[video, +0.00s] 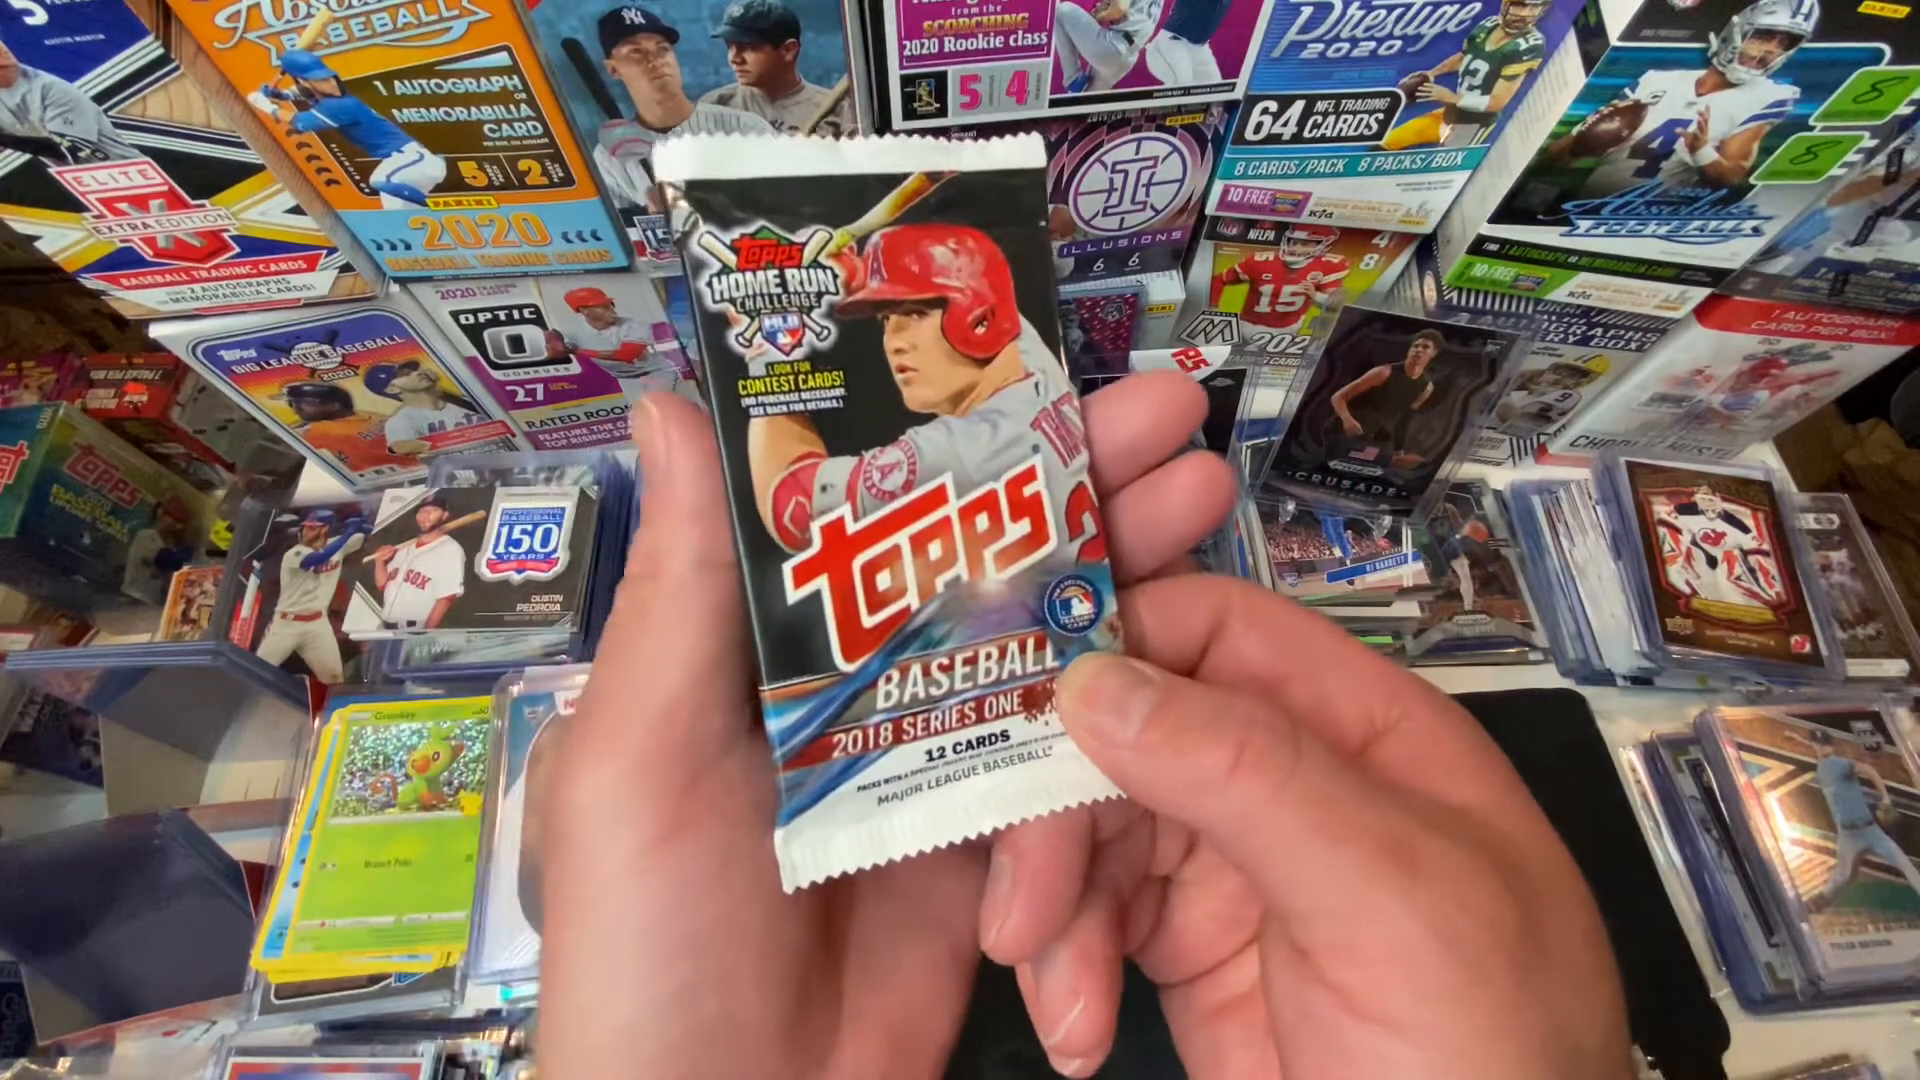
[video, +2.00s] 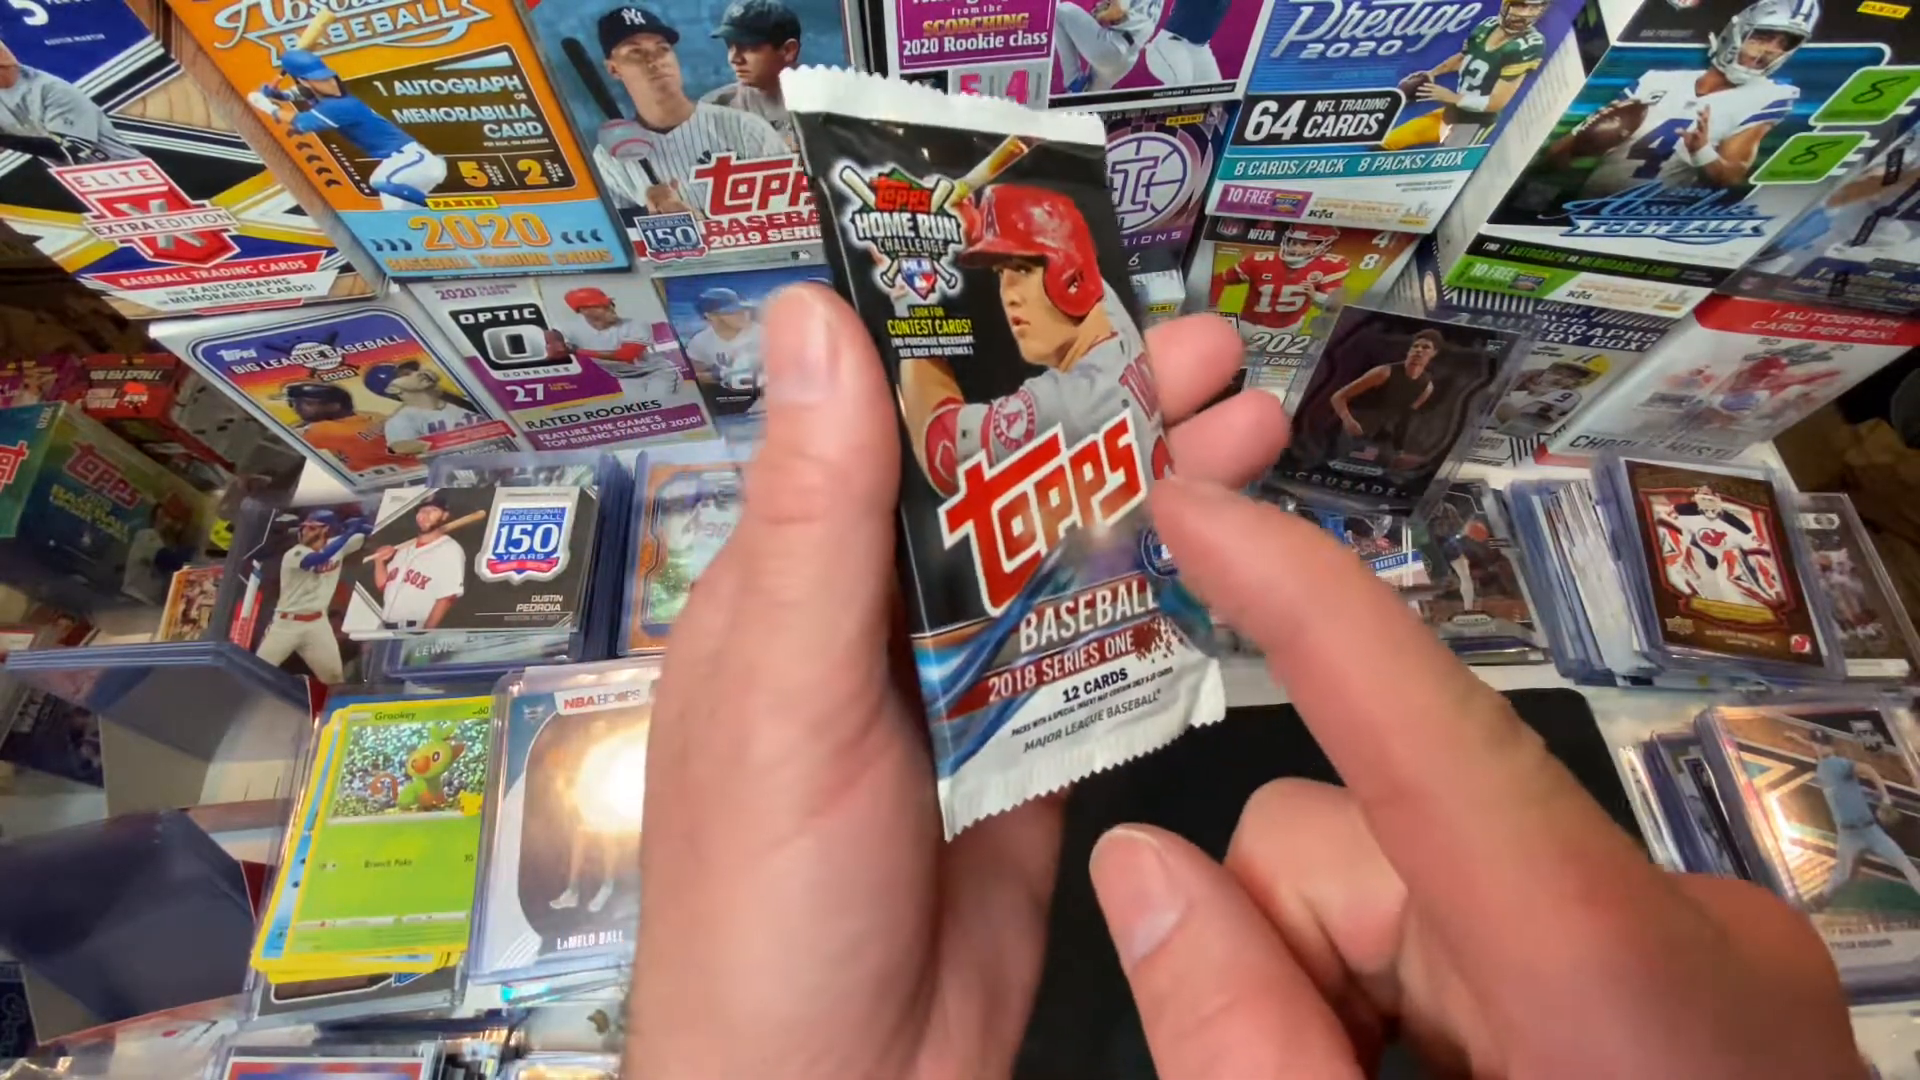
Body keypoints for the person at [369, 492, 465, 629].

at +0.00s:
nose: (425, 516)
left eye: (432, 511)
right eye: (422, 511)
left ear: (445, 515)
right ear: (416, 515)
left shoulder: (451, 550)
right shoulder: (405, 547)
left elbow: (446, 598)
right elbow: (382, 585)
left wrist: (425, 634)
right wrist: (379, 561)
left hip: (416, 631)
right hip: (386, 627)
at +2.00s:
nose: (425, 516)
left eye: (432, 511)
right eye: (422, 511)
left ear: (445, 516)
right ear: (416, 515)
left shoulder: (450, 550)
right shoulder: (406, 548)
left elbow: (447, 598)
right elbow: (382, 585)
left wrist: (425, 634)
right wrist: (379, 561)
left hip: (416, 631)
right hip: (386, 627)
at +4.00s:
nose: (425, 517)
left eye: (431, 512)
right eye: (421, 511)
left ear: (444, 516)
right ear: (416, 516)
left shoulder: (451, 549)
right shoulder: (405, 548)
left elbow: (446, 598)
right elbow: (381, 585)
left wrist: (425, 634)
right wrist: (379, 561)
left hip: (416, 630)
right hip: (387, 627)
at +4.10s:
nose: (425, 516)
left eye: (432, 511)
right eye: (422, 511)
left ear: (444, 516)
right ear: (416, 515)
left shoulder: (450, 549)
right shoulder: (405, 548)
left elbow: (447, 598)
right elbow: (382, 585)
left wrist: (425, 634)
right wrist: (379, 561)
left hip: (416, 630)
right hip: (386, 627)